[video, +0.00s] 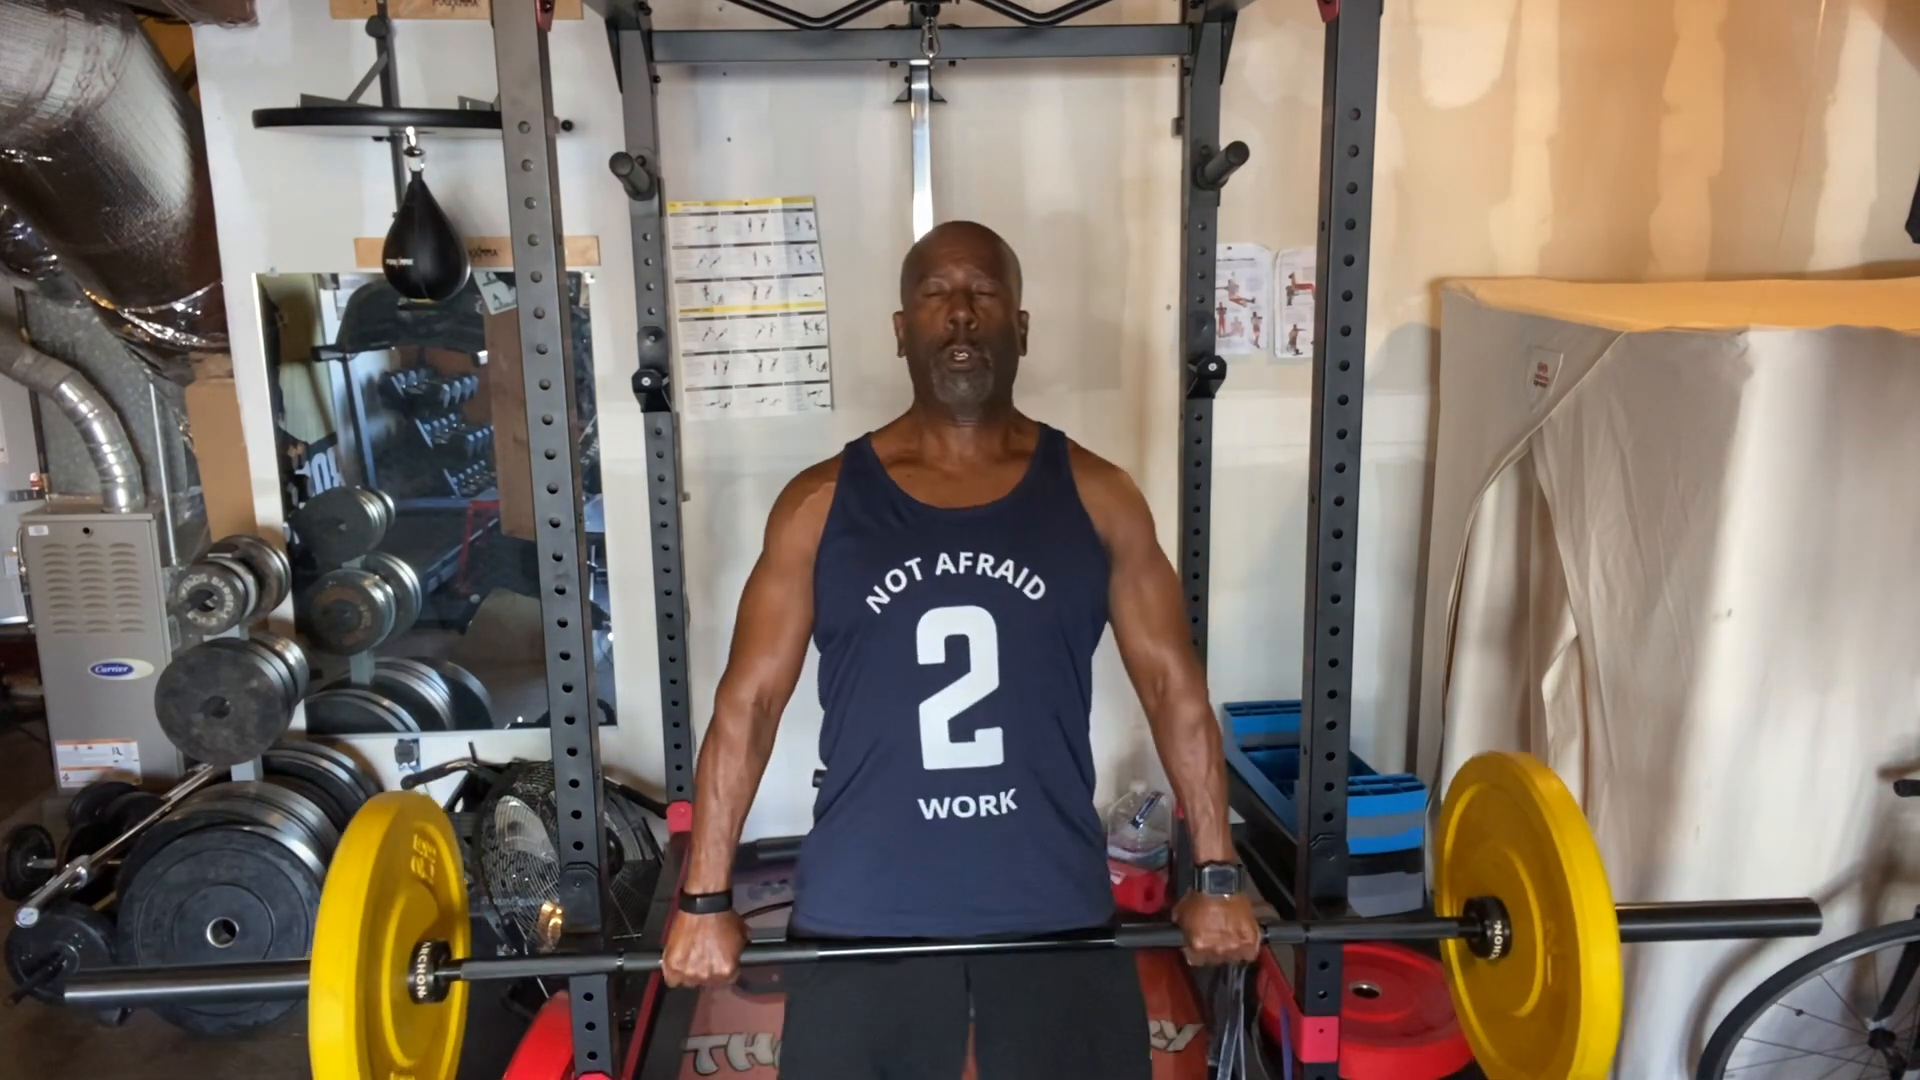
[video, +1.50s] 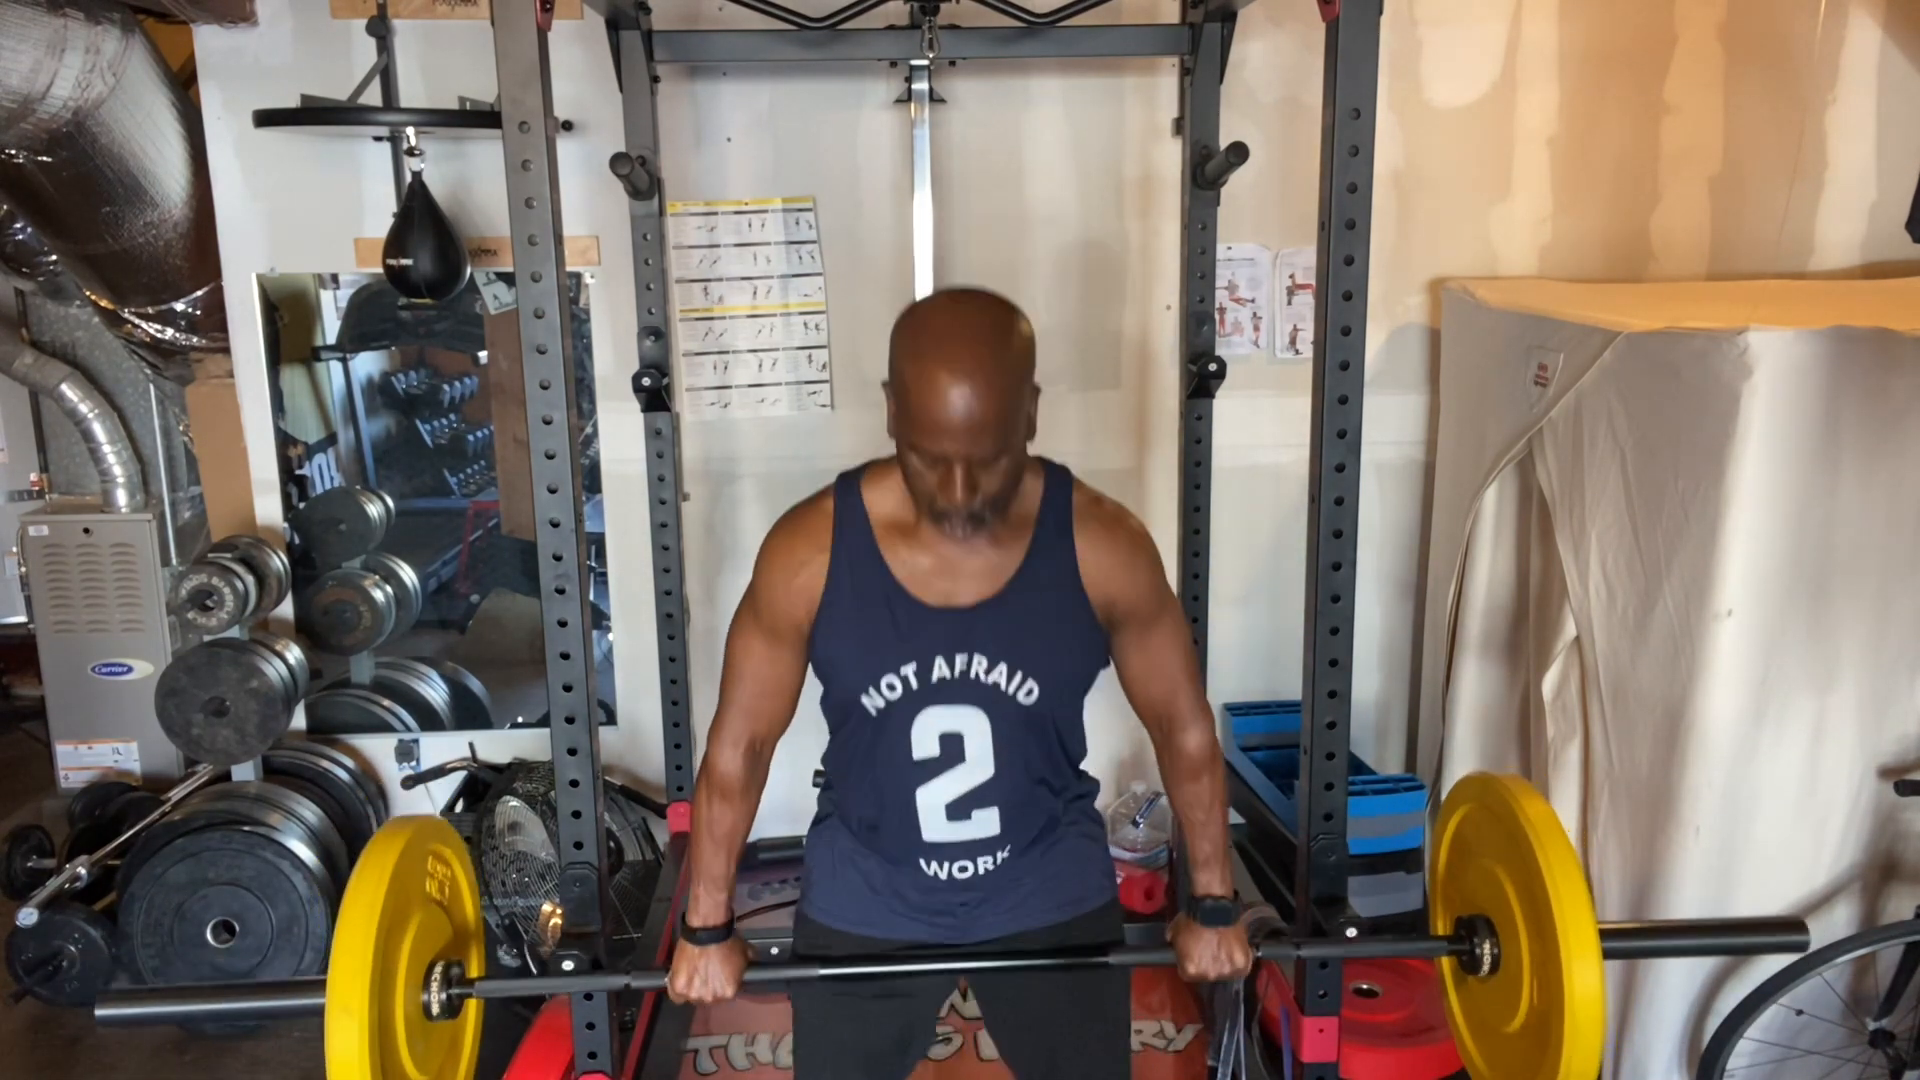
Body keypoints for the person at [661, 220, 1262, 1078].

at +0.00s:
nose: (961, 313)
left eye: (983, 295)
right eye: (936, 297)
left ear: (1021, 327)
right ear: (902, 331)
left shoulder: (1097, 495)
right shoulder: (821, 502)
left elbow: (1172, 684)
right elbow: (749, 702)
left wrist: (1218, 872)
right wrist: (705, 893)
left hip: (1057, 931)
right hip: (863, 936)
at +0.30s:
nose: (954, 321)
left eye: (976, 304)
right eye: (929, 305)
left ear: (1012, 334)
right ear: (895, 338)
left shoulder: (1089, 501)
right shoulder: (811, 504)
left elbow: (1160, 691)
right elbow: (742, 702)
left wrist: (1209, 882)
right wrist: (693, 892)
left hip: (1050, 931)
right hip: (855, 933)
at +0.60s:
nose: (968, 329)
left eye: (989, 308)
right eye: (942, 309)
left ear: (1022, 333)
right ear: (906, 337)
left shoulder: (1097, 505)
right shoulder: (818, 502)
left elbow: (1164, 694)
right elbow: (750, 699)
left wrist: (1212, 885)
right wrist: (700, 891)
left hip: (1057, 923)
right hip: (864, 924)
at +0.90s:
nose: (963, 336)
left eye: (985, 313)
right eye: (938, 313)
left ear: (1020, 335)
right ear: (905, 335)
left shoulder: (1095, 504)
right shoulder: (818, 503)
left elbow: (1167, 692)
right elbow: (751, 701)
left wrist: (1214, 881)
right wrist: (704, 892)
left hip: (1058, 931)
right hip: (861, 933)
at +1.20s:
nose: (952, 366)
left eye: (978, 336)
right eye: (926, 337)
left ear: (1018, 334)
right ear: (893, 336)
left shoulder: (1094, 504)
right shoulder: (813, 507)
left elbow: (1169, 693)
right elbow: (744, 709)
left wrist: (1213, 878)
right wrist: (702, 895)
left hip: (1056, 916)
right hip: (863, 919)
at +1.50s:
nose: (959, 492)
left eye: (987, 461)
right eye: (930, 460)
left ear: (1032, 411)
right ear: (891, 411)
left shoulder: (1103, 546)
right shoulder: (810, 549)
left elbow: (1186, 727)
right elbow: (739, 746)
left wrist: (1212, 901)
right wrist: (706, 920)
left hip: (1048, 896)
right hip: (866, 899)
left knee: (1084, 1063)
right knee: (841, 1064)